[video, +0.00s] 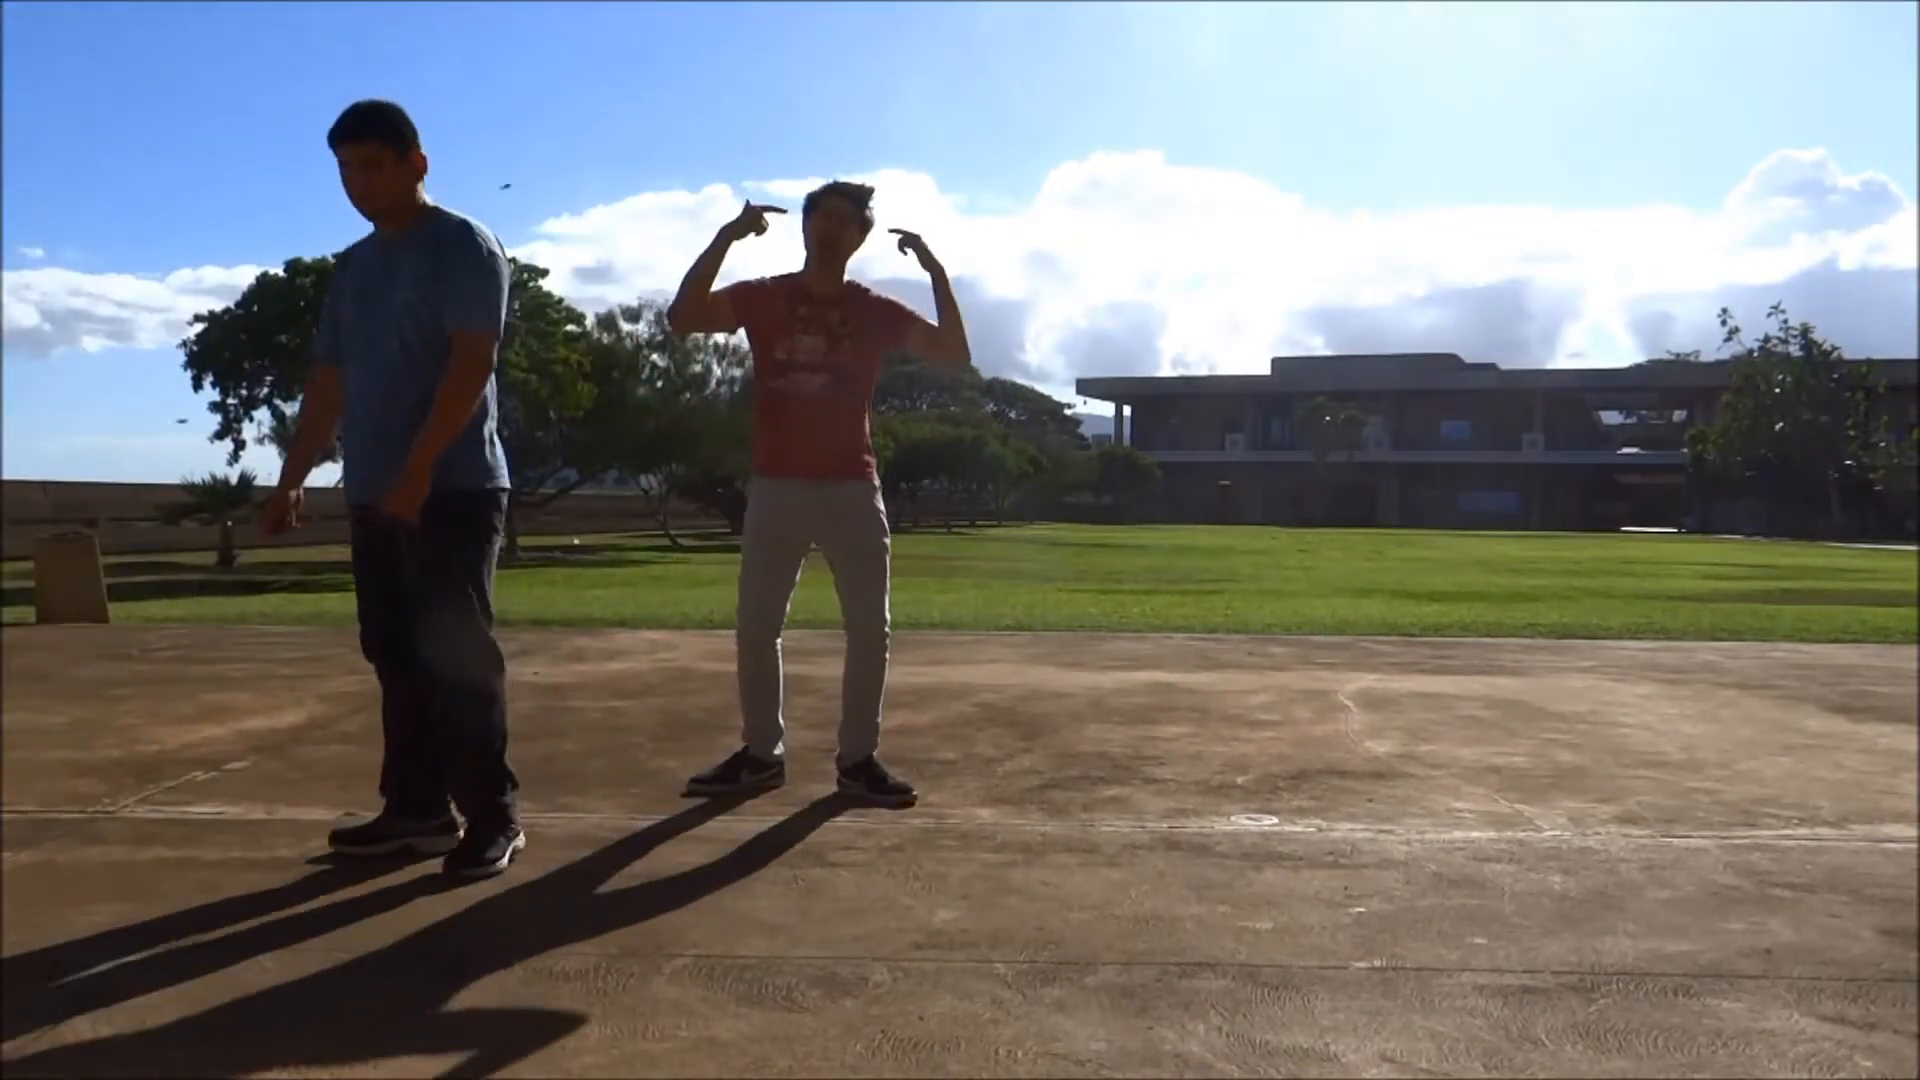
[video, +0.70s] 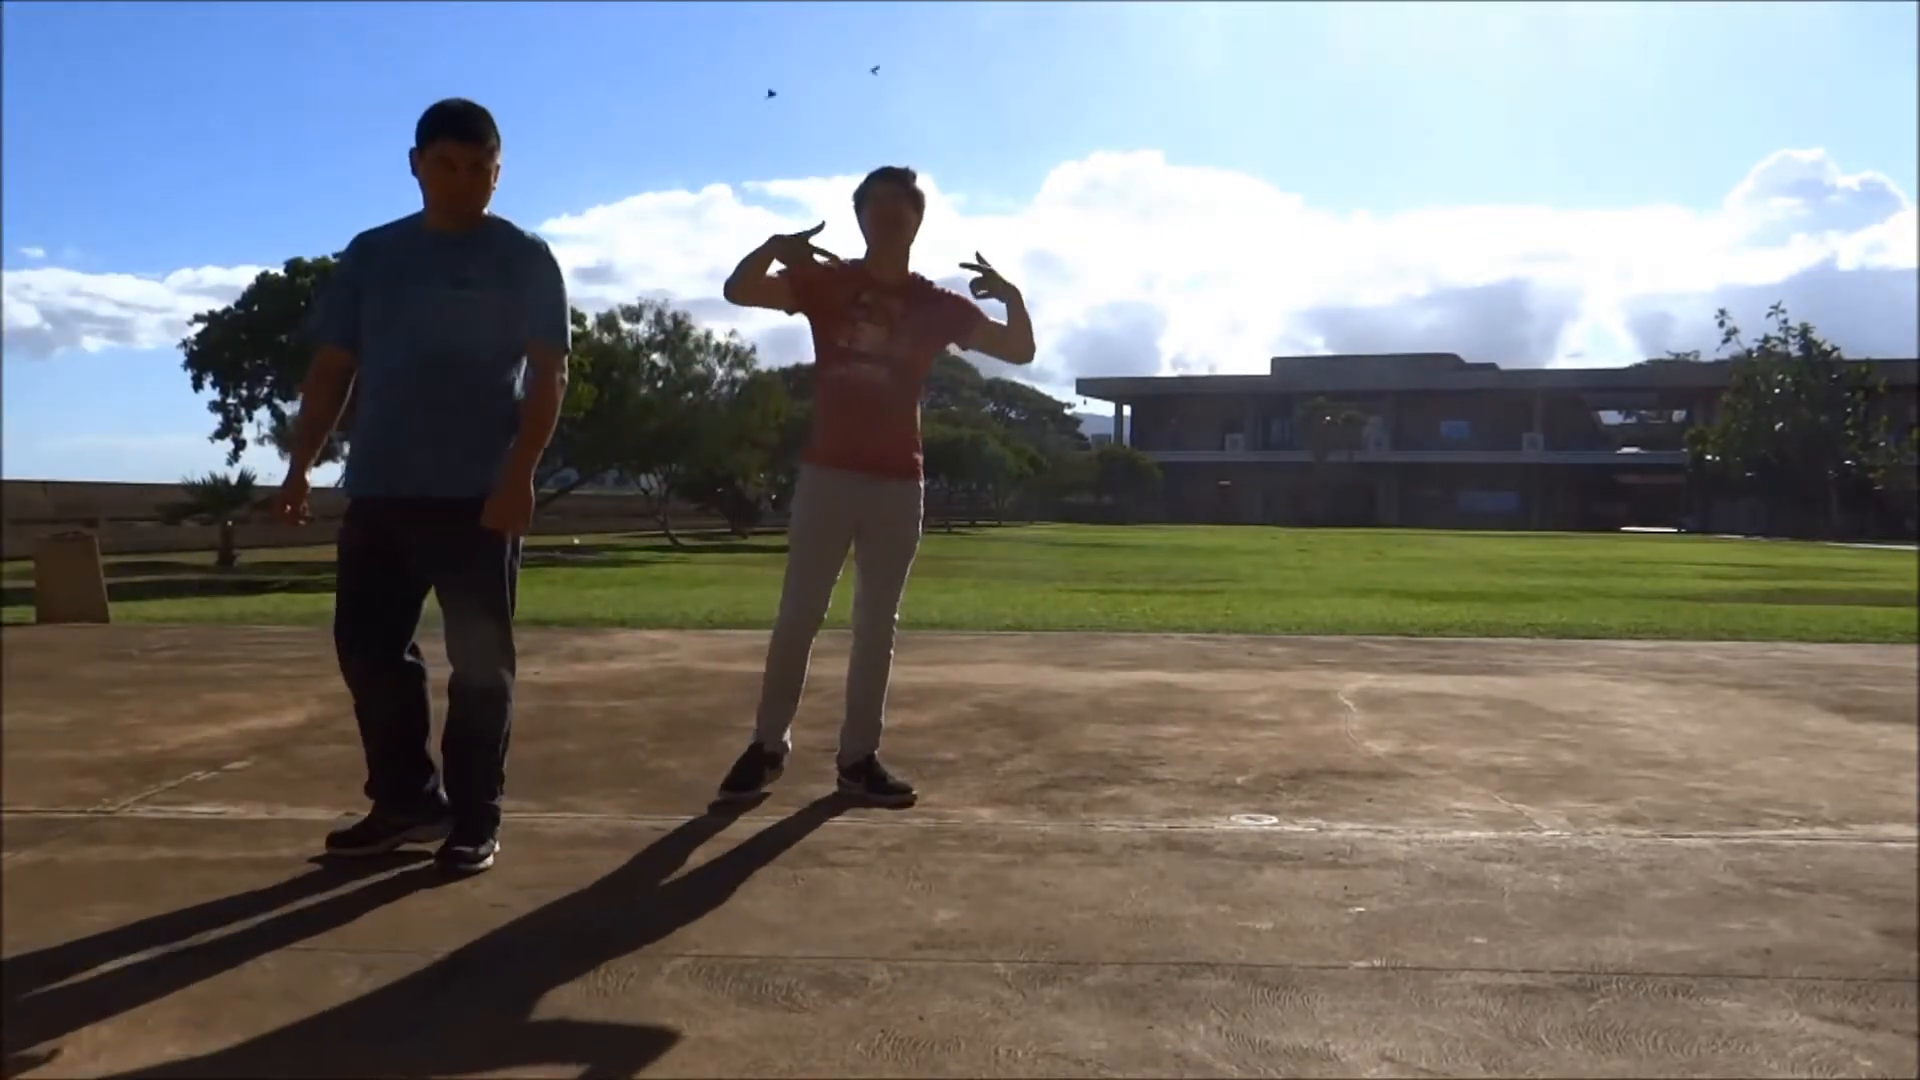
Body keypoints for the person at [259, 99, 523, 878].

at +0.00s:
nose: (354, 183)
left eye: (368, 166)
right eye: (346, 170)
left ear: (414, 162)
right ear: (340, 177)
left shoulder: (466, 249)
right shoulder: (351, 271)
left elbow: (472, 368)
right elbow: (328, 384)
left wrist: (418, 466)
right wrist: (292, 477)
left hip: (457, 483)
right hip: (376, 489)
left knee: (457, 647)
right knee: (393, 649)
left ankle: (492, 819)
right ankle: (416, 809)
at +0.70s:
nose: (462, 179)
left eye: (476, 165)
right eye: (445, 165)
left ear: (498, 168)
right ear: (418, 165)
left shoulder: (527, 260)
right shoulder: (371, 255)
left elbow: (548, 375)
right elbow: (331, 368)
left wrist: (518, 476)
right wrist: (300, 465)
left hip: (480, 492)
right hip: (382, 491)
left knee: (481, 663)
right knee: (368, 646)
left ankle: (475, 822)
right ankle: (407, 801)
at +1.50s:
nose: (426, 183)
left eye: (434, 169)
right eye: (410, 168)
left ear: (442, 176)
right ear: (368, 169)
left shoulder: (463, 266)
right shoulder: (311, 255)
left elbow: (502, 362)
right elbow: (251, 350)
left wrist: (533, 419)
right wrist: (274, 370)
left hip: (444, 493)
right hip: (344, 497)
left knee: (457, 658)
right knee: (334, 661)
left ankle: (477, 816)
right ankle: (329, 811)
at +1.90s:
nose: (395, 177)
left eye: (403, 165)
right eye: (378, 163)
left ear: (412, 175)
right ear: (337, 169)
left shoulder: (425, 263)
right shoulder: (286, 255)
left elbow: (479, 354)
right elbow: (217, 347)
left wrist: (517, 309)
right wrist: (250, 267)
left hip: (411, 486)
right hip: (315, 492)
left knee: (422, 653)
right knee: (324, 660)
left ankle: (413, 794)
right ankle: (329, 806)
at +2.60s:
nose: (478, 217)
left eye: (486, 204)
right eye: (465, 202)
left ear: (493, 204)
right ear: (425, 195)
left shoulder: (490, 280)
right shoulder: (365, 265)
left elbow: (539, 363)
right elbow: (298, 348)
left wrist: (561, 293)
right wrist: (336, 262)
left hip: (474, 495)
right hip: (385, 497)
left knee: (503, 639)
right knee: (362, 658)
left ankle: (524, 778)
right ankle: (335, 805)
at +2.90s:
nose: (553, 234)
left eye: (559, 222)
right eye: (545, 220)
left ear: (557, 219)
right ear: (504, 208)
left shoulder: (560, 293)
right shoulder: (435, 274)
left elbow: (597, 367)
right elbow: (381, 362)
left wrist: (672, 333)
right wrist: (370, 298)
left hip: (550, 492)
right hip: (469, 491)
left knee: (554, 636)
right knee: (452, 637)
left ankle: (533, 779)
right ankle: (385, 794)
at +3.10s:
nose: (586, 233)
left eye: (593, 221)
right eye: (579, 218)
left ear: (589, 218)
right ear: (538, 204)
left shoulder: (590, 293)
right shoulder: (469, 273)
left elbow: (617, 370)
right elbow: (420, 365)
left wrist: (703, 338)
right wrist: (417, 308)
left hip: (574, 488)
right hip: (500, 487)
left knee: (566, 637)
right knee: (515, 632)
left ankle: (544, 780)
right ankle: (503, 796)